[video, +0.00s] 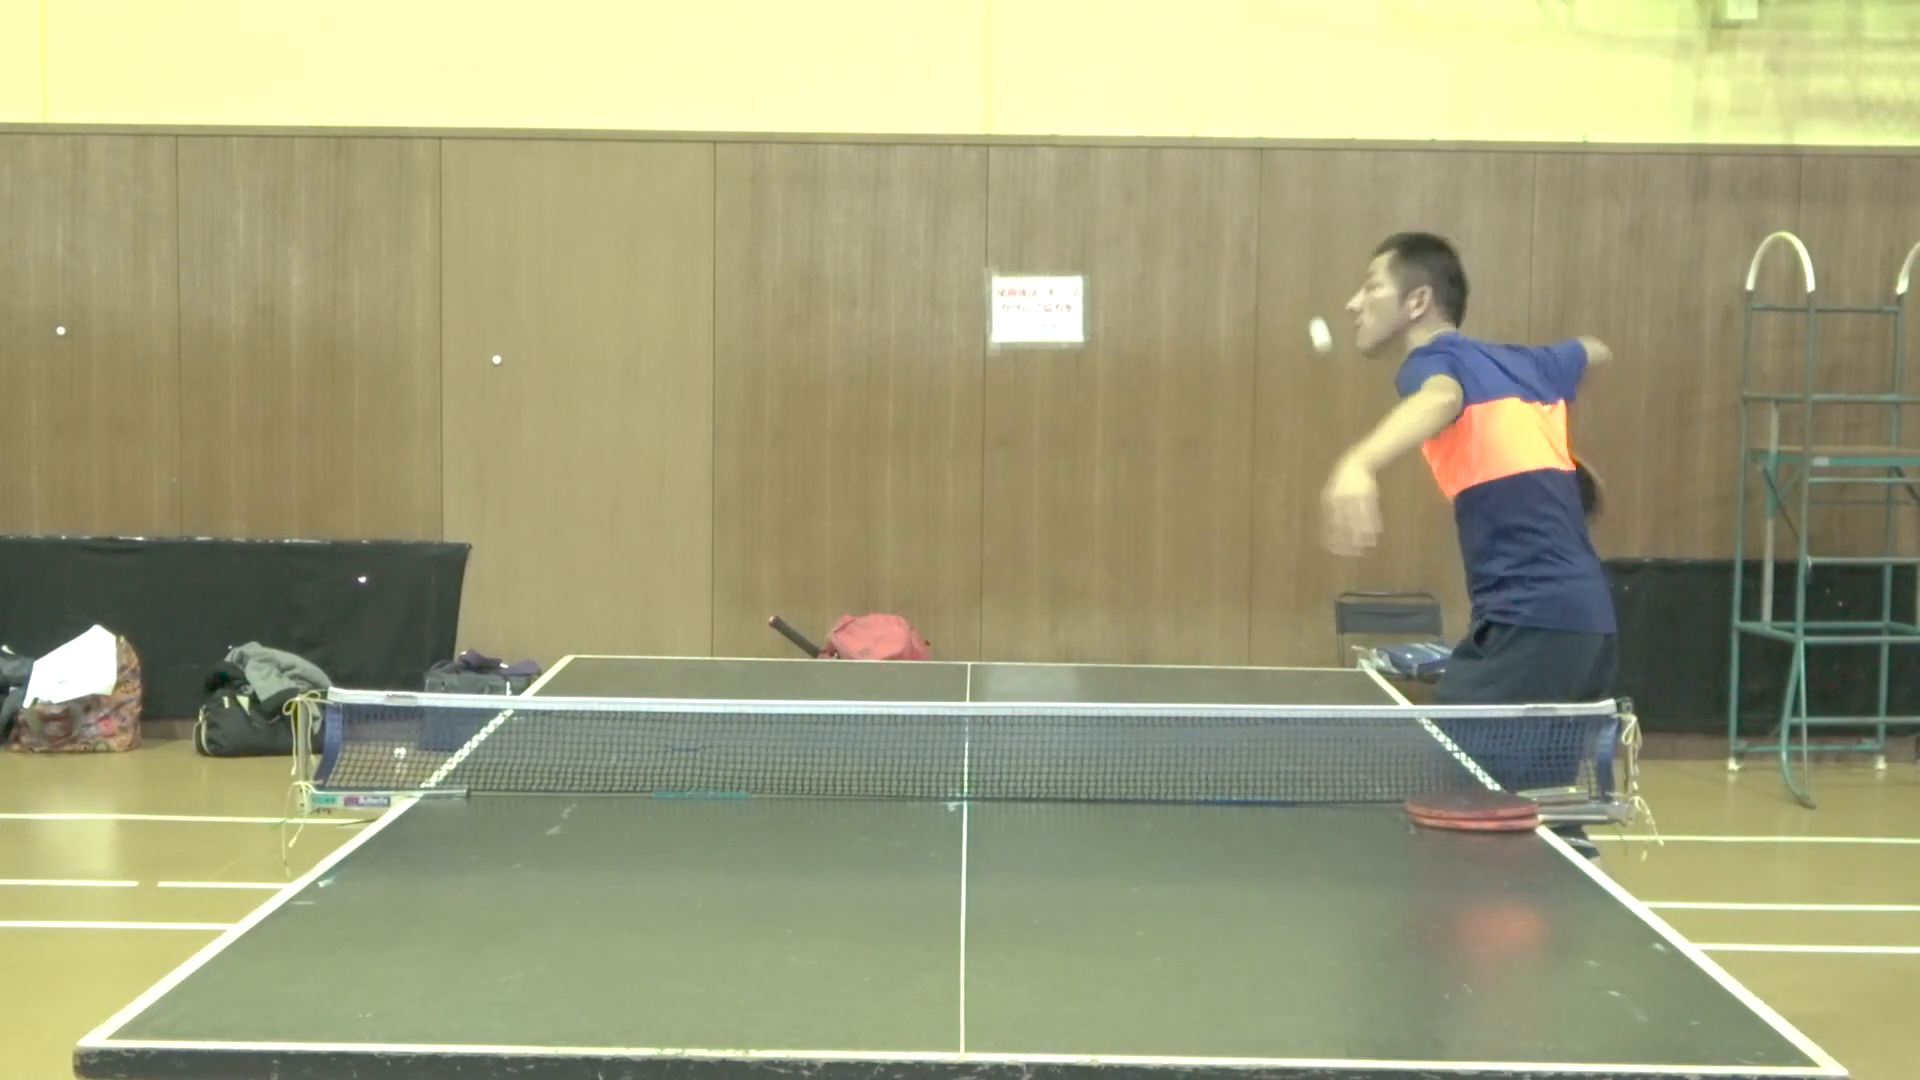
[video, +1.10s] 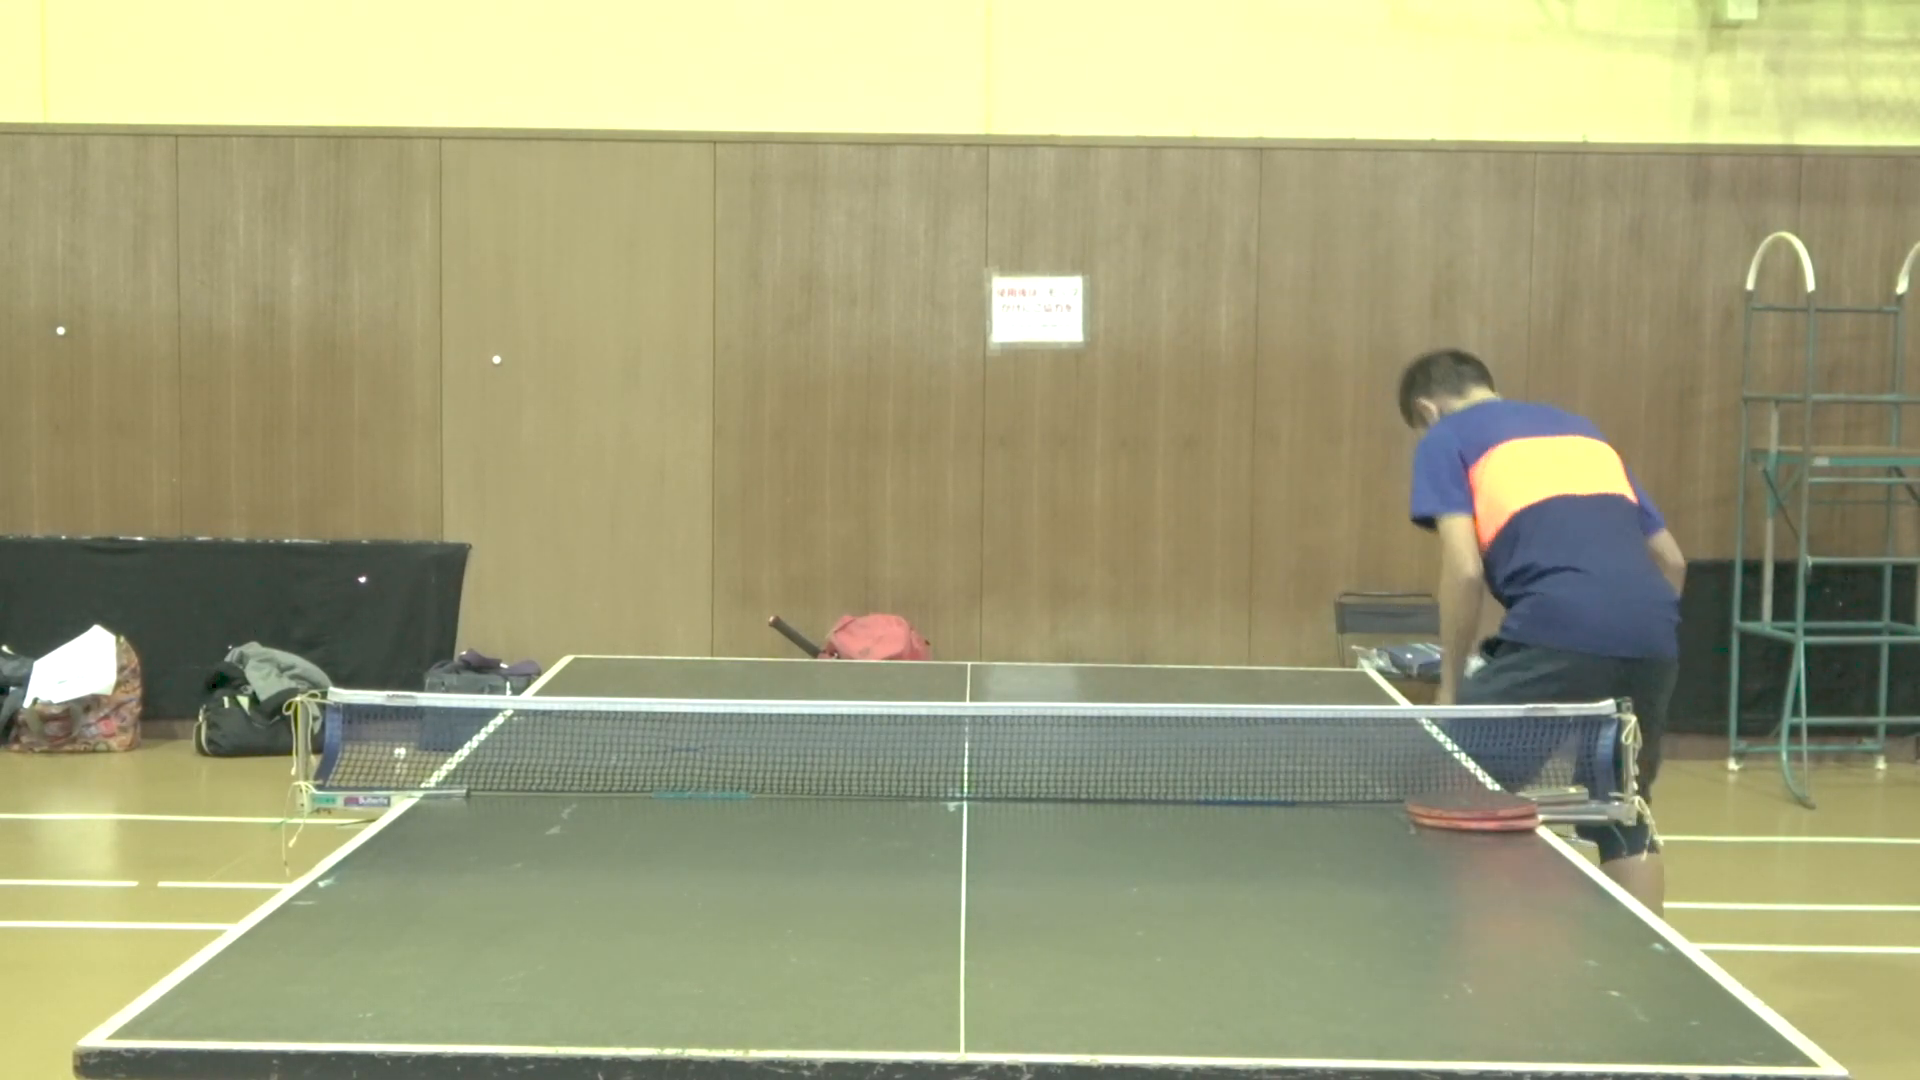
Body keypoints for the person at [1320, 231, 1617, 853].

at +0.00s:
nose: (1353, 303)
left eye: (1371, 286)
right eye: (1360, 286)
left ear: (1419, 300)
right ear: (1428, 300)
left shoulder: (1435, 355)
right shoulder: (1525, 361)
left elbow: (1442, 398)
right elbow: (1595, 349)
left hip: (1531, 626)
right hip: (1589, 628)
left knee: (1430, 795)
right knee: (1537, 809)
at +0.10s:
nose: (1332, 340)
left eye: (1344, 318)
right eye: (1331, 324)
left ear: (1398, 314)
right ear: (1401, 317)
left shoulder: (1422, 373)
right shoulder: (1502, 362)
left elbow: (1458, 423)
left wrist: (1414, 502)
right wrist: (1390, 461)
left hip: (1528, 626)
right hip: (1592, 627)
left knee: (1443, 797)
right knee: (1543, 806)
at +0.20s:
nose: (1317, 346)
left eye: (1331, 324)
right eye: (1310, 331)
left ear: (1385, 323)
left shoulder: (1418, 385)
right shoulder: (1449, 380)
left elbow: (1484, 454)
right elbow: (1449, 518)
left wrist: (1441, 547)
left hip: (1531, 629)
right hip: (1574, 631)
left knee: (1432, 795)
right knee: (1531, 812)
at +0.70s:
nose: (1313, 382)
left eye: (1297, 367)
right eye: (1297, 371)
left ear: (1311, 340)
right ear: (1355, 317)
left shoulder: (1387, 379)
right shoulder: (1448, 364)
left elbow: (1474, 461)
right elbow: (1527, 469)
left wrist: (1433, 584)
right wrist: (1418, 507)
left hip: (1501, 620)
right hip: (1557, 622)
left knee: (1415, 780)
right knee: (1524, 803)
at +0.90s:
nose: (1364, 364)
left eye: (1355, 352)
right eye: (1356, 354)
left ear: (1363, 336)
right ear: (1417, 312)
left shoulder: (1394, 378)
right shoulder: (1509, 367)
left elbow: (1444, 476)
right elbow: (1603, 467)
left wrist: (1408, 596)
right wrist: (1525, 511)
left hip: (1500, 611)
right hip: (1583, 614)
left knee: (1392, 769)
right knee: (1568, 797)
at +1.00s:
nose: (1397, 394)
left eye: (1389, 382)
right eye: (1391, 384)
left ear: (1398, 363)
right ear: (1456, 343)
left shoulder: (1422, 401)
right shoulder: (1546, 392)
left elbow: (1446, 515)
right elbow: (1641, 510)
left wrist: (1420, 630)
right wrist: (1591, 587)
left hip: (1527, 621)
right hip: (1613, 627)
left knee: (1409, 764)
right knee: (1606, 805)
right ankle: (1640, 978)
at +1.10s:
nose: (1426, 438)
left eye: (1420, 427)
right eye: (1421, 428)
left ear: (1430, 408)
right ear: (1488, 388)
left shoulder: (1445, 439)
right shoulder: (1578, 427)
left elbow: (1465, 570)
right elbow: (1670, 560)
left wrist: (1450, 693)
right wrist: (1639, 642)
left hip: (1561, 629)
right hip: (1653, 636)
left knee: (1444, 783)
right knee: (1624, 804)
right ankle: (1640, 979)